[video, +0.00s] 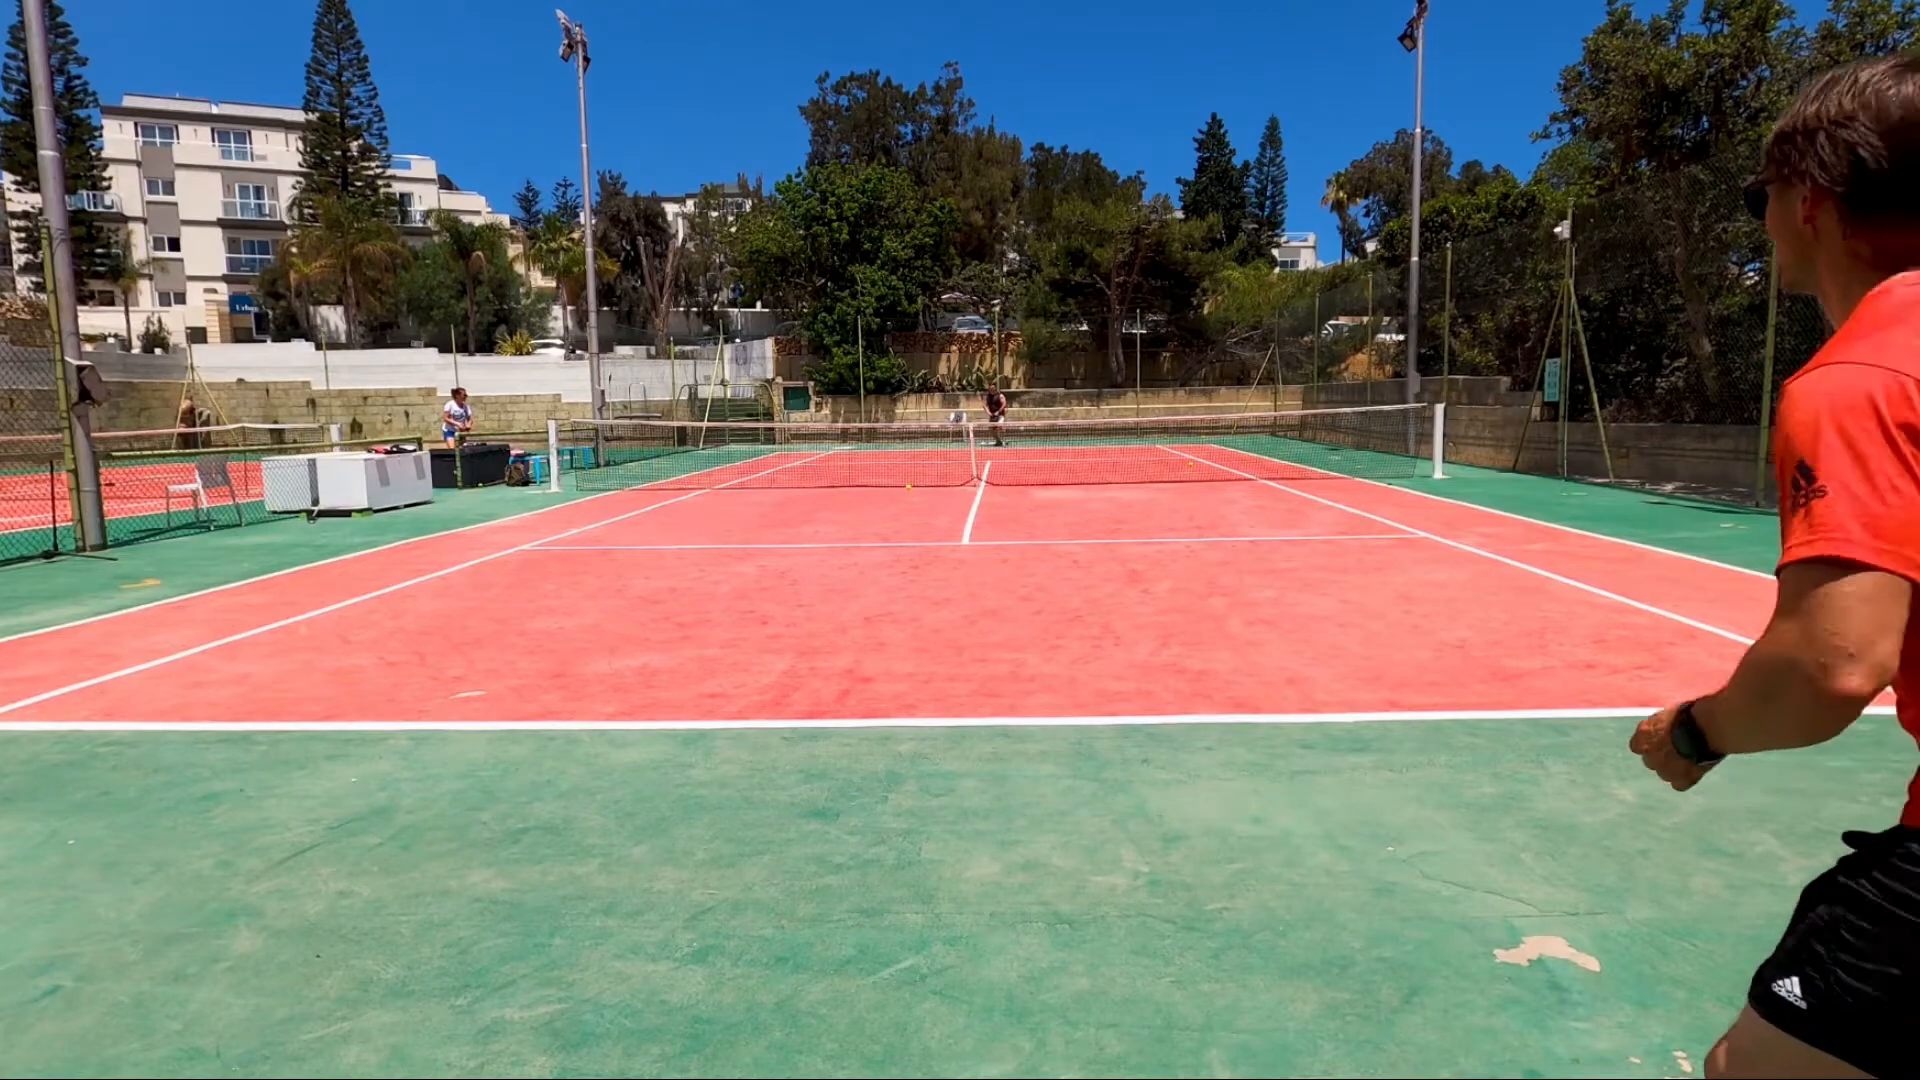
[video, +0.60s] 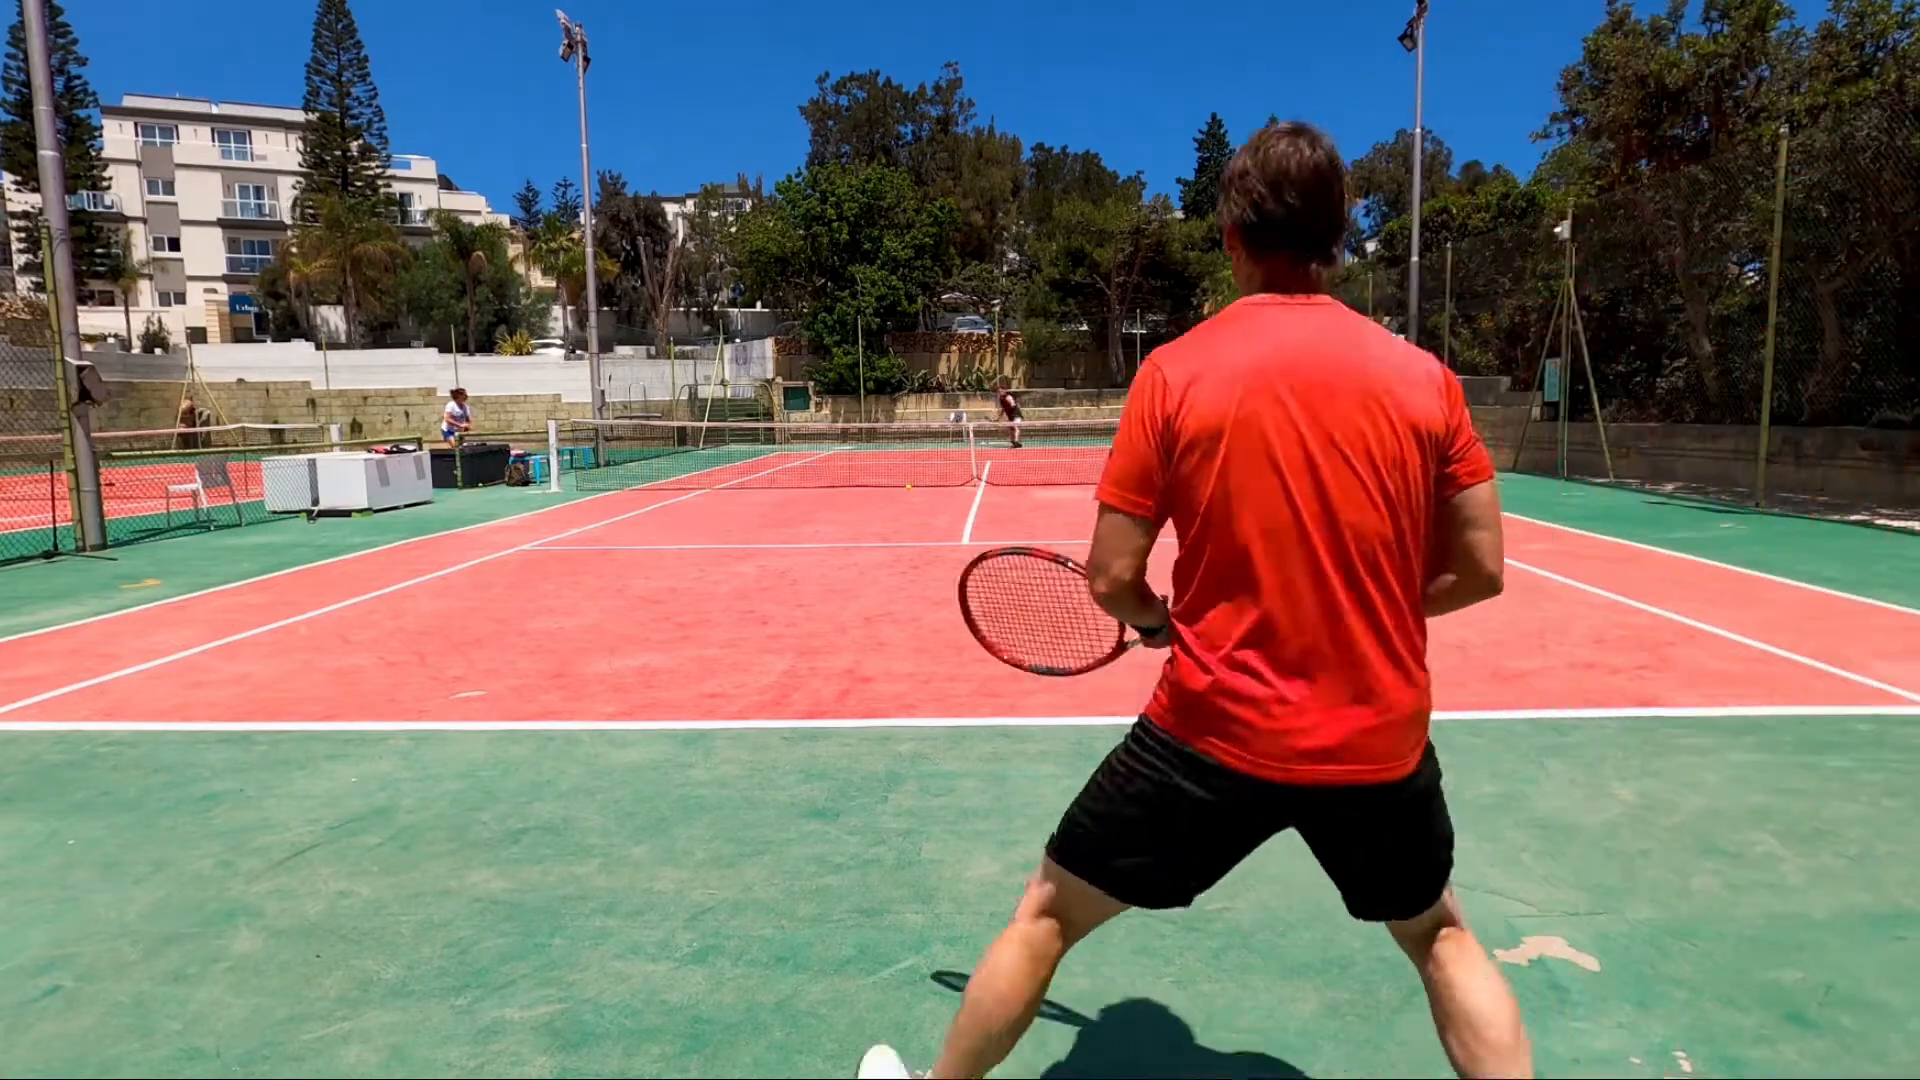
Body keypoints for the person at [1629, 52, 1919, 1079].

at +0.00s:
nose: (1767, 226)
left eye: (1768, 195)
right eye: (1765, 197)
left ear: (1812, 202)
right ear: (1913, 195)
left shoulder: (1865, 377)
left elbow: (1837, 662)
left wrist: (1698, 731)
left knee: (1751, 1066)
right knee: (1756, 1060)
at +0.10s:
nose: (1649, 209)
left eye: (1649, 179)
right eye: (1648, 181)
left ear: (1682, 182)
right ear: (1820, 172)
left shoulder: (1695, 353)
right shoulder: (1907, 285)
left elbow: (1633, 631)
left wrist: (1604, 659)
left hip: (1853, 794)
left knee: (1722, 1061)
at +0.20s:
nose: (1575, 131)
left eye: (1572, 108)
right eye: (1574, 109)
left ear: (1596, 107)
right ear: (1734, 103)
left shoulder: (1560, 276)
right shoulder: (1898, 238)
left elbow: (1508, 526)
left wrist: (1559, 580)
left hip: (1711, 736)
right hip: (1906, 722)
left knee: (1733, 1061)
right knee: (1908, 1000)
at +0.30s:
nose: (1500, 84)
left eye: (1502, 63)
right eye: (1503, 63)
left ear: (1517, 65)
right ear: (1656, 63)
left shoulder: (1464, 233)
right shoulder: (1789, 209)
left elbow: (1411, 472)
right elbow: (1913, 387)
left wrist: (1476, 532)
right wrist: (1850, 539)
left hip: (1570, 668)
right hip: (1763, 660)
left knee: (1572, 992)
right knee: (1719, 949)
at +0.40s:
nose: (1415, 120)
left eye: (1417, 100)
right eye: (1419, 100)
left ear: (1435, 115)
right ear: (1562, 119)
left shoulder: (1381, 277)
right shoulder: (1682, 270)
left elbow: (1315, 501)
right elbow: (1776, 470)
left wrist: (1385, 562)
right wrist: (1647, 551)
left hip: (1446, 693)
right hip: (1619, 700)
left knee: (1363, 948)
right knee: (1577, 944)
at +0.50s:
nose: (1332, 204)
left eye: (1336, 186)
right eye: (1338, 185)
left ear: (1349, 198)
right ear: (1464, 203)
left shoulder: (1297, 347)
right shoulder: (1555, 347)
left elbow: (1222, 561)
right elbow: (1621, 546)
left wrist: (1285, 614)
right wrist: (1497, 590)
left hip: (1336, 729)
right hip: (1505, 739)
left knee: (1182, 924)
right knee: (1501, 934)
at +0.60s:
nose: (1224, 240)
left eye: (1226, 225)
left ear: (1233, 234)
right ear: (1338, 234)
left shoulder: (1179, 371)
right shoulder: (1418, 375)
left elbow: (1113, 576)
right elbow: (1477, 566)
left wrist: (1158, 611)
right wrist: (1371, 600)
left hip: (1211, 737)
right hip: (1376, 747)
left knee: (1049, 916)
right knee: (1438, 931)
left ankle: (941, 1075)